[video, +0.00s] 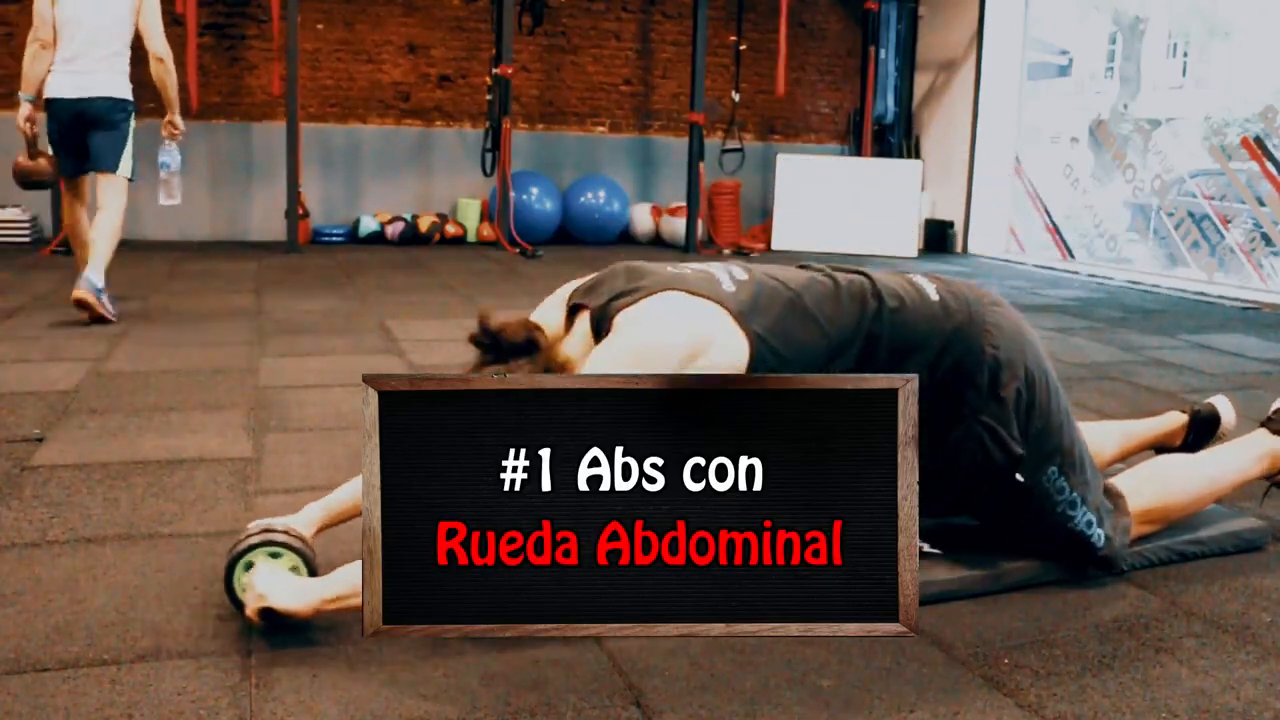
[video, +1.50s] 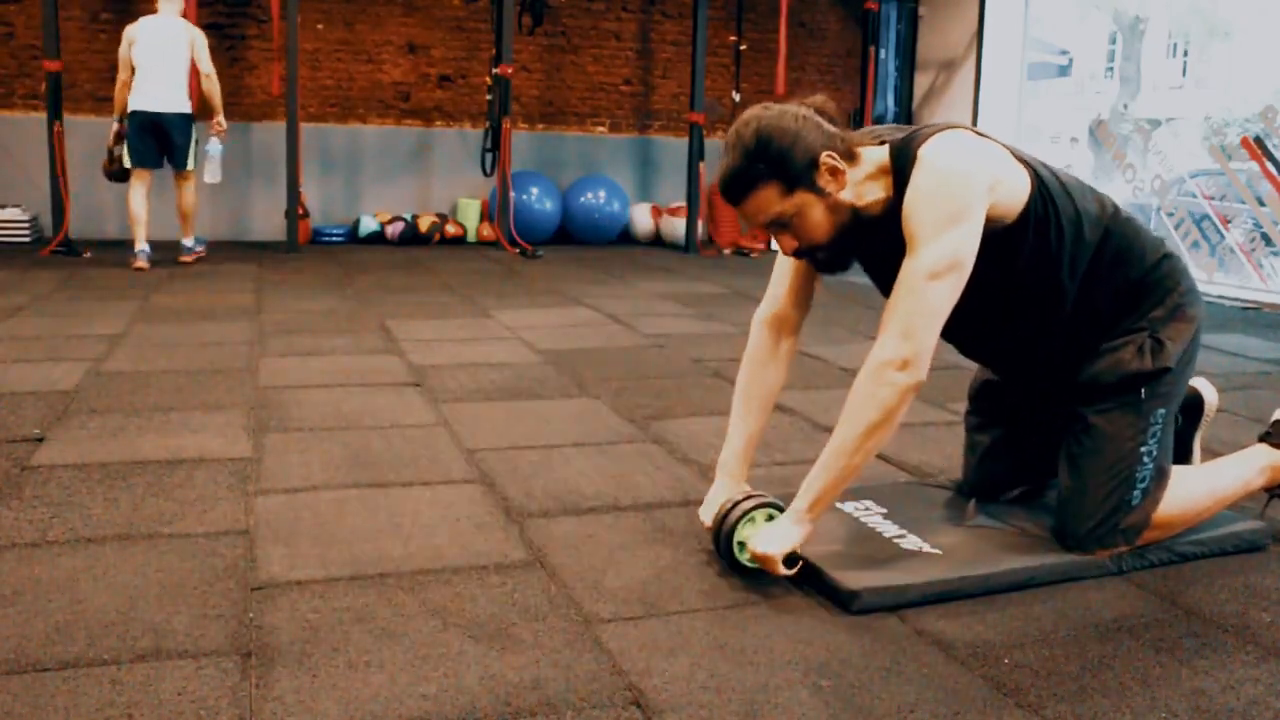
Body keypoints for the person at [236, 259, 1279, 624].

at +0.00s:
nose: (553, 405)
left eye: (545, 386)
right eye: (536, 375)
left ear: (552, 355)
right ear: (534, 345)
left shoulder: (671, 338)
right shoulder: (577, 323)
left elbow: (529, 487)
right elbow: (457, 428)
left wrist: (343, 594)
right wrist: (324, 510)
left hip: (964, 338)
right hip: (904, 343)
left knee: (1107, 541)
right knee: (1004, 512)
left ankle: (1264, 452)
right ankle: (1183, 422)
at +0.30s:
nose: (633, 376)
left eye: (615, 372)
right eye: (615, 376)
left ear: (626, 346)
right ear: (615, 322)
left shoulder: (718, 286)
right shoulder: (644, 256)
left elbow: (664, 391)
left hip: (1004, 302)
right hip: (945, 300)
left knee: (1104, 523)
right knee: (983, 496)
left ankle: (1263, 439)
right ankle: (1179, 420)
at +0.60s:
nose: (699, 368)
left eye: (686, 356)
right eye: (681, 364)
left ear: (704, 300)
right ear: (694, 285)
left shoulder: (808, 244)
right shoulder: (708, 230)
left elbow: (735, 415)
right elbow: (622, 373)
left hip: (1062, 296)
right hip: (970, 325)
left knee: (1104, 523)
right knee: (990, 480)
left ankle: (1269, 445)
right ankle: (1173, 422)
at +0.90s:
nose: (755, 322)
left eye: (753, 308)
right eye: (740, 314)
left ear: (786, 253)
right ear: (786, 244)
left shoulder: (898, 211)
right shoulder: (792, 213)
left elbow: (839, 400)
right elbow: (722, 344)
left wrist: (777, 498)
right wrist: (686, 446)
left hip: (1113, 305)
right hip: (1012, 330)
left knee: (1098, 527)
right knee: (991, 481)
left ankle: (1268, 452)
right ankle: (1167, 417)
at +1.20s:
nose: (795, 272)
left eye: (794, 252)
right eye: (781, 261)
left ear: (832, 199)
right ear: (830, 194)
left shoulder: (951, 183)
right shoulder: (831, 202)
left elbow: (899, 372)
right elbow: (772, 333)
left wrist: (817, 474)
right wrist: (746, 442)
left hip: (1138, 321)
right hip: (1035, 338)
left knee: (1097, 528)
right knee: (994, 488)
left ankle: (1269, 457)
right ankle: (1172, 416)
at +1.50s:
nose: (779, 247)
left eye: (782, 224)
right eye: (766, 232)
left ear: (829, 176)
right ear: (825, 173)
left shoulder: (950, 172)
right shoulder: (821, 199)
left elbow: (901, 364)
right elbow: (776, 329)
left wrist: (801, 515)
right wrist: (729, 475)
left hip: (1136, 322)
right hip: (1030, 341)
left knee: (1096, 529)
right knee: (990, 500)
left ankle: (1270, 460)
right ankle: (1169, 423)